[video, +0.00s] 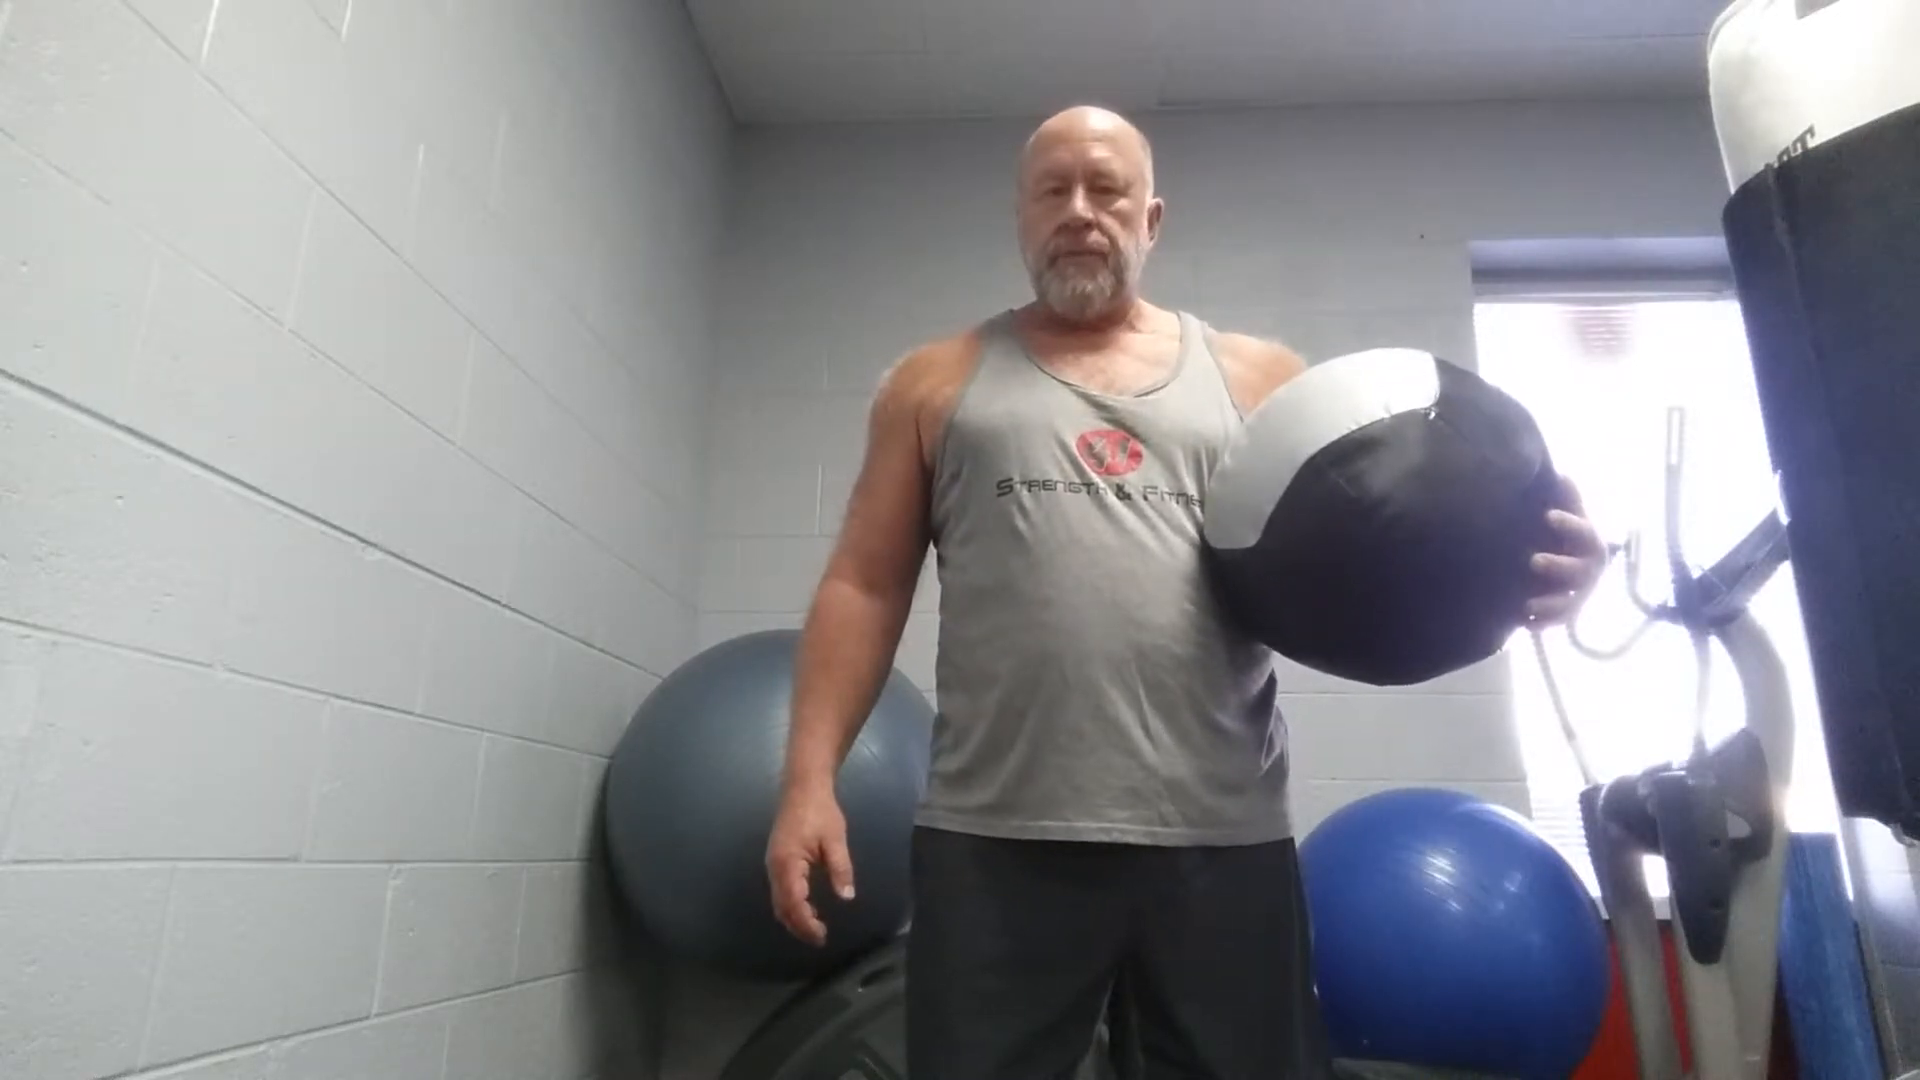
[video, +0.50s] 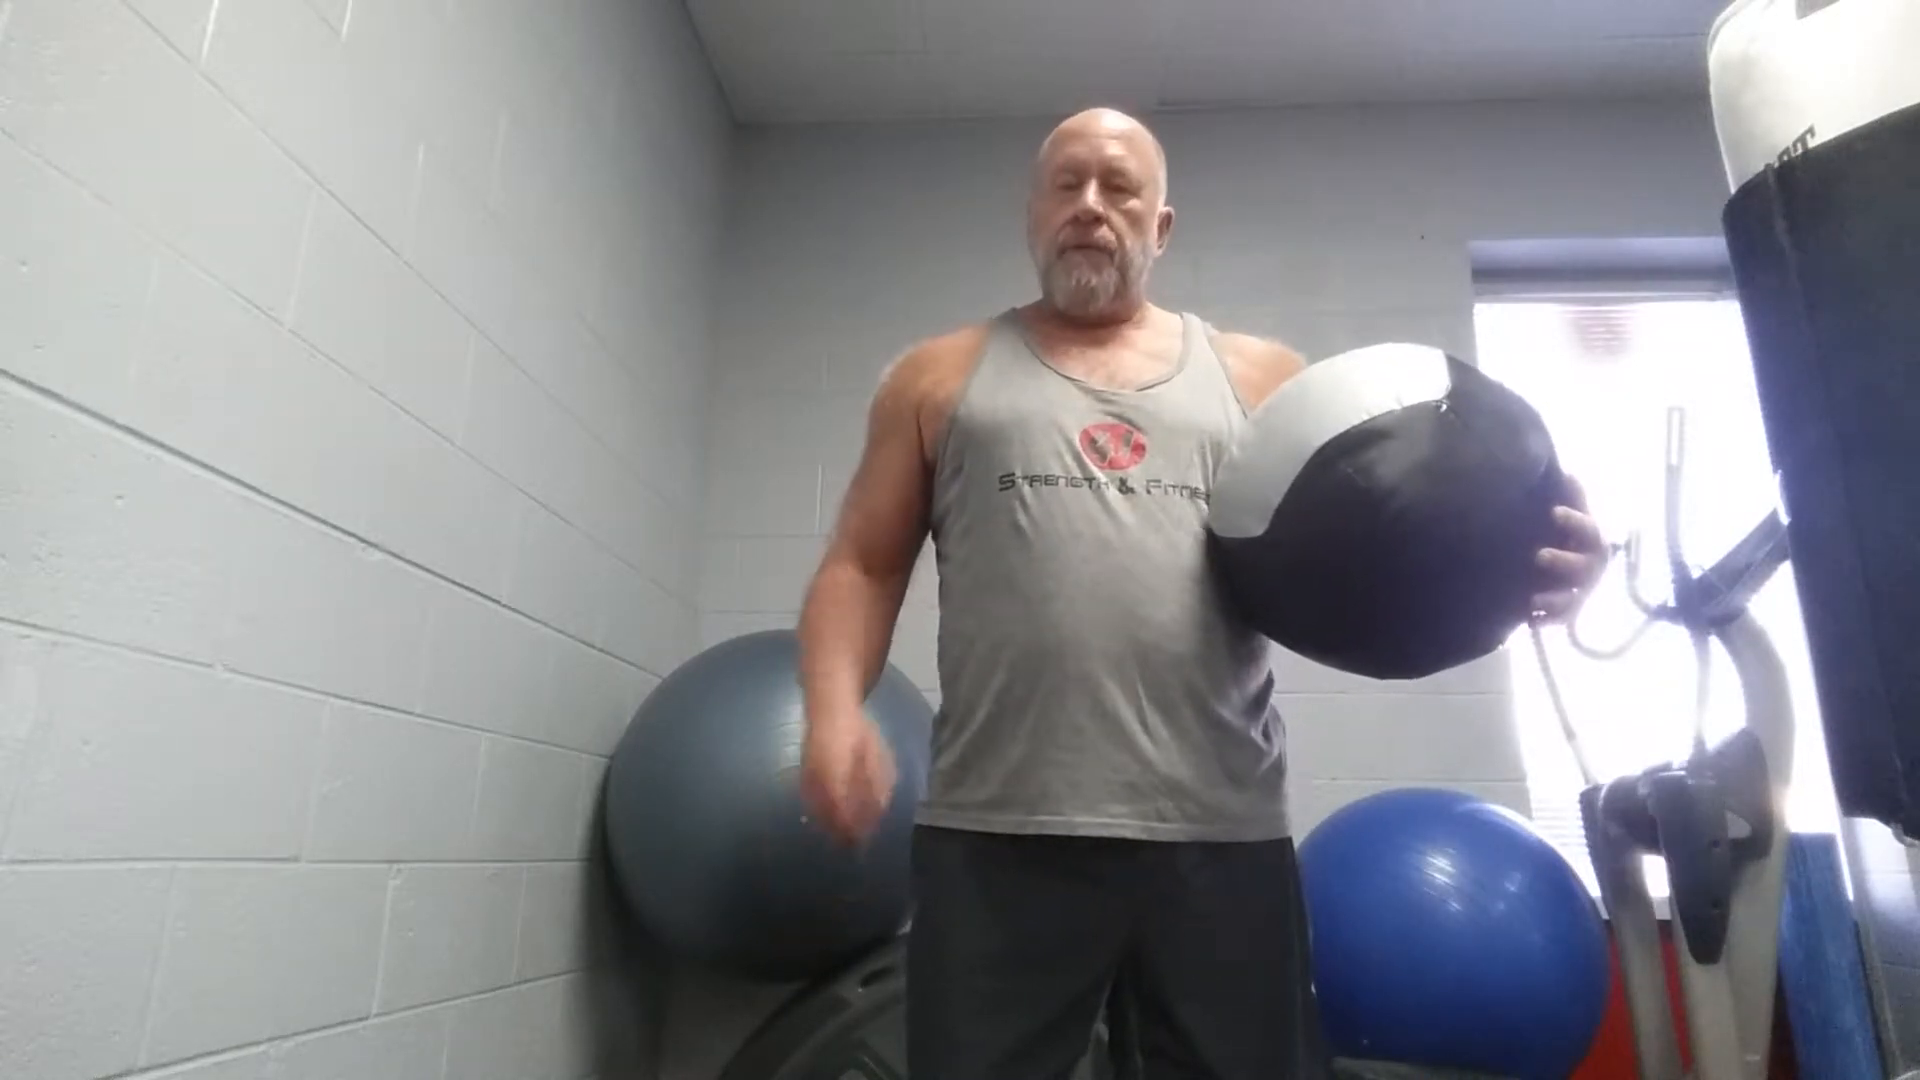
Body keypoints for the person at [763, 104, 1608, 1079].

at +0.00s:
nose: (1080, 212)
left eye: (1107, 190)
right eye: (1054, 190)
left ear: (1152, 215)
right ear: (1018, 215)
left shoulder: (1257, 375)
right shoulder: (936, 384)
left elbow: (1402, 533)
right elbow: (865, 583)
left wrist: (1543, 566)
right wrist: (808, 780)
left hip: (1223, 849)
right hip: (993, 848)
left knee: (1252, 1067)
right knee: (976, 1066)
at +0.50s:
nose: (1091, 206)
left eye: (1120, 187)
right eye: (1066, 184)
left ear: (1162, 222)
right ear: (1028, 213)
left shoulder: (1256, 374)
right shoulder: (938, 377)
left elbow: (1404, 521)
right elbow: (864, 564)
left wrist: (1545, 558)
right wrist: (832, 714)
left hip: (1222, 844)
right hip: (995, 843)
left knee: (1250, 1067)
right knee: (976, 1068)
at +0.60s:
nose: (1091, 206)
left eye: (1120, 187)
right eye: (1066, 183)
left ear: (1160, 222)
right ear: (1029, 212)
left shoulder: (1253, 373)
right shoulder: (936, 379)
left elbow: (1400, 525)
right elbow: (853, 558)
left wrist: (1540, 565)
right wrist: (876, 623)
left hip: (1221, 844)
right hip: (994, 844)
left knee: (1249, 1067)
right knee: (975, 1067)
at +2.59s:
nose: (1035, 205)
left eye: (1063, 182)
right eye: (1010, 185)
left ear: (1115, 210)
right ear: (984, 217)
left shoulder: (1235, 364)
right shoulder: (912, 389)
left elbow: (1385, 507)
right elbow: (833, 614)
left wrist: (1529, 541)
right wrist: (875, 561)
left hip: (1215, 841)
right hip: (986, 844)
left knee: (1241, 1070)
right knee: (968, 1070)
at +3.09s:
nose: (1033, 193)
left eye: (1062, 174)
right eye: (1009, 176)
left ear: (1114, 213)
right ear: (978, 214)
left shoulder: (1228, 362)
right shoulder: (908, 390)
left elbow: (1369, 527)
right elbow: (828, 590)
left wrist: (1518, 548)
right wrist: (749, 510)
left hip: (1209, 839)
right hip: (984, 843)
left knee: (1239, 1068)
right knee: (970, 1067)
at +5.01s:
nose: (1065, 196)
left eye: (1094, 178)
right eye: (1041, 175)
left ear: (1137, 217)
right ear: (1002, 209)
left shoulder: (1235, 371)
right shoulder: (916, 377)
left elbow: (1373, 531)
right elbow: (828, 592)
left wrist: (1520, 568)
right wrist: (878, 575)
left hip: (1205, 838)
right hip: (977, 836)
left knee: (1231, 1074)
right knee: (961, 1072)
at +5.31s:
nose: (1058, 199)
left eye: (1086, 178)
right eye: (1034, 178)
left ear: (1133, 212)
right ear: (998, 213)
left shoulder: (1236, 368)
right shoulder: (919, 381)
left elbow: (1377, 529)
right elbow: (842, 599)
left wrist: (1527, 564)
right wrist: (863, 525)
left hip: (1206, 834)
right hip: (979, 835)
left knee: (1231, 1068)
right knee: (967, 1068)